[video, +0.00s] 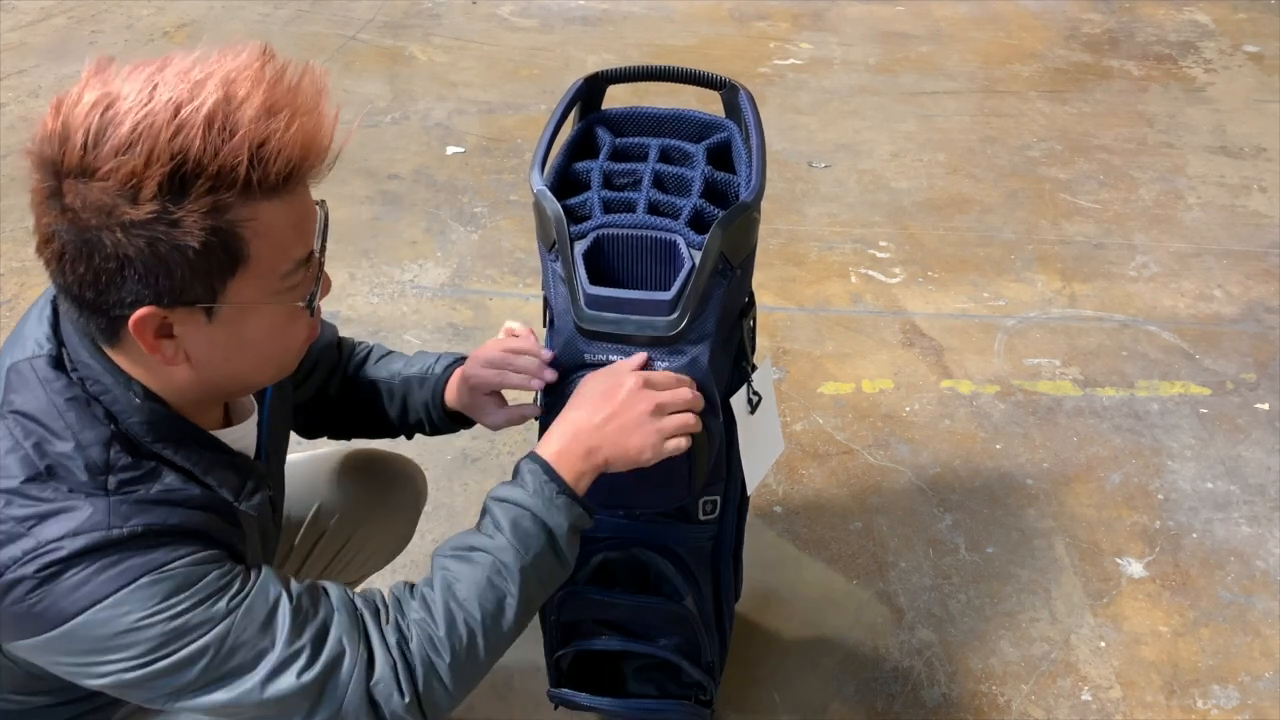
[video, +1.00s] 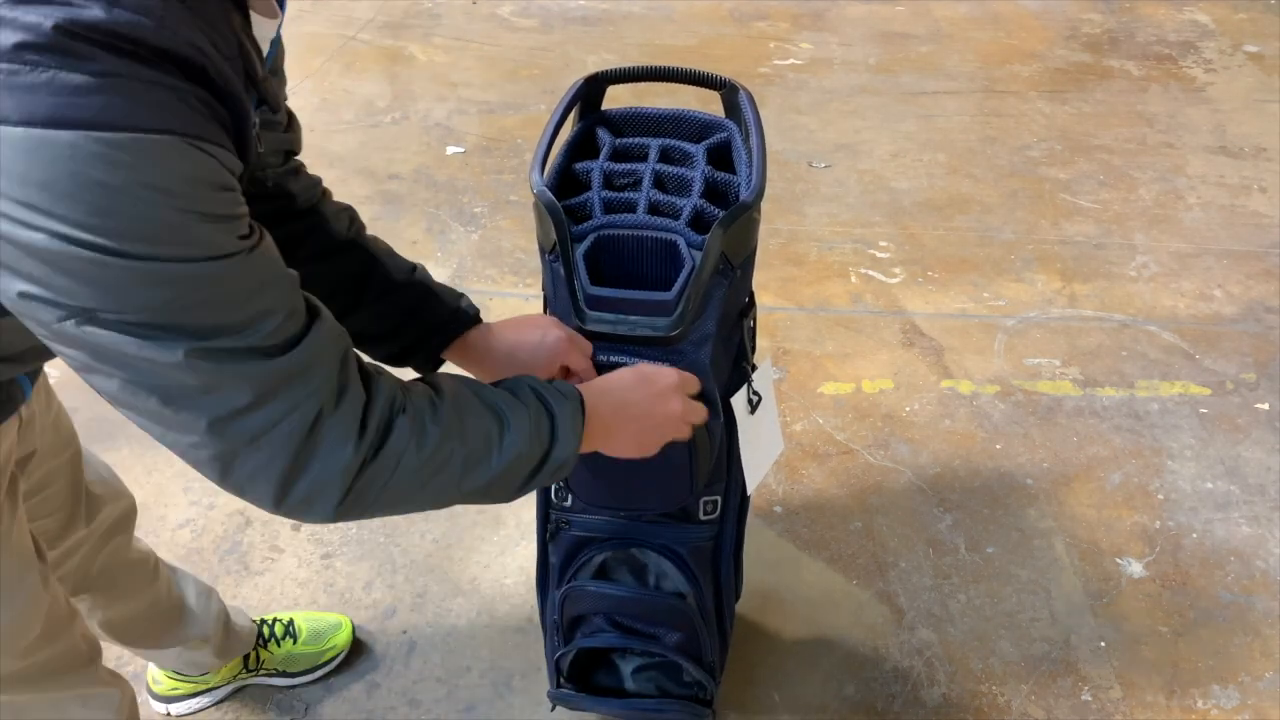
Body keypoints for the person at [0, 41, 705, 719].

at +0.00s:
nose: (323, 290)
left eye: (316, 255)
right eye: (300, 278)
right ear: (163, 336)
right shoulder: (88, 572)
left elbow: (326, 380)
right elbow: (389, 676)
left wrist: (454, 386)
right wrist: (567, 459)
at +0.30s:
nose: (368, 225)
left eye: (370, 191)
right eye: (358, 199)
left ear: (211, 229)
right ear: (212, 232)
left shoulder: (134, 222)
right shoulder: (97, 473)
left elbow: (291, 348)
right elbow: (324, 669)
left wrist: (449, 371)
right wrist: (497, 459)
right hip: (40, 669)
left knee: (352, 468)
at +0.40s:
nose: (393, 130)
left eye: (402, 103)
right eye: (390, 106)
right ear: (236, 98)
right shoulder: (70, 344)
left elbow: (266, 283)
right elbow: (225, 618)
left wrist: (436, 354)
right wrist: (452, 471)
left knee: (292, 450)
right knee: (217, 703)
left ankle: (271, 619)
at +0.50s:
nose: (393, 71)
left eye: (409, 44)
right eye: (397, 38)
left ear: (246, 6)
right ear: (250, 6)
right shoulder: (61, 211)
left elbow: (253, 216)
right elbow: (176, 550)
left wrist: (428, 333)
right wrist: (430, 483)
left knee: (187, 473)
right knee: (91, 694)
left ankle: (224, 639)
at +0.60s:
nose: (390, 8)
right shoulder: (62, 139)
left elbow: (263, 170)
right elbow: (202, 471)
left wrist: (422, 310)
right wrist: (444, 514)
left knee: (116, 482)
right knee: (43, 682)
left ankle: (212, 650)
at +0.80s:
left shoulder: (226, 10)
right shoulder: (52, 109)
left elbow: (264, 143)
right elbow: (200, 418)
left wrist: (425, 310)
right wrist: (487, 455)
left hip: (17, 327)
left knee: (93, 487)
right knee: (39, 656)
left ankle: (206, 650)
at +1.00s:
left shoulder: (192, 23)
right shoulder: (72, 119)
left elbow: (272, 202)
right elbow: (315, 450)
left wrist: (465, 337)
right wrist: (584, 420)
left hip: (15, 373)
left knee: (82, 533)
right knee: (42, 668)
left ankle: (198, 653)